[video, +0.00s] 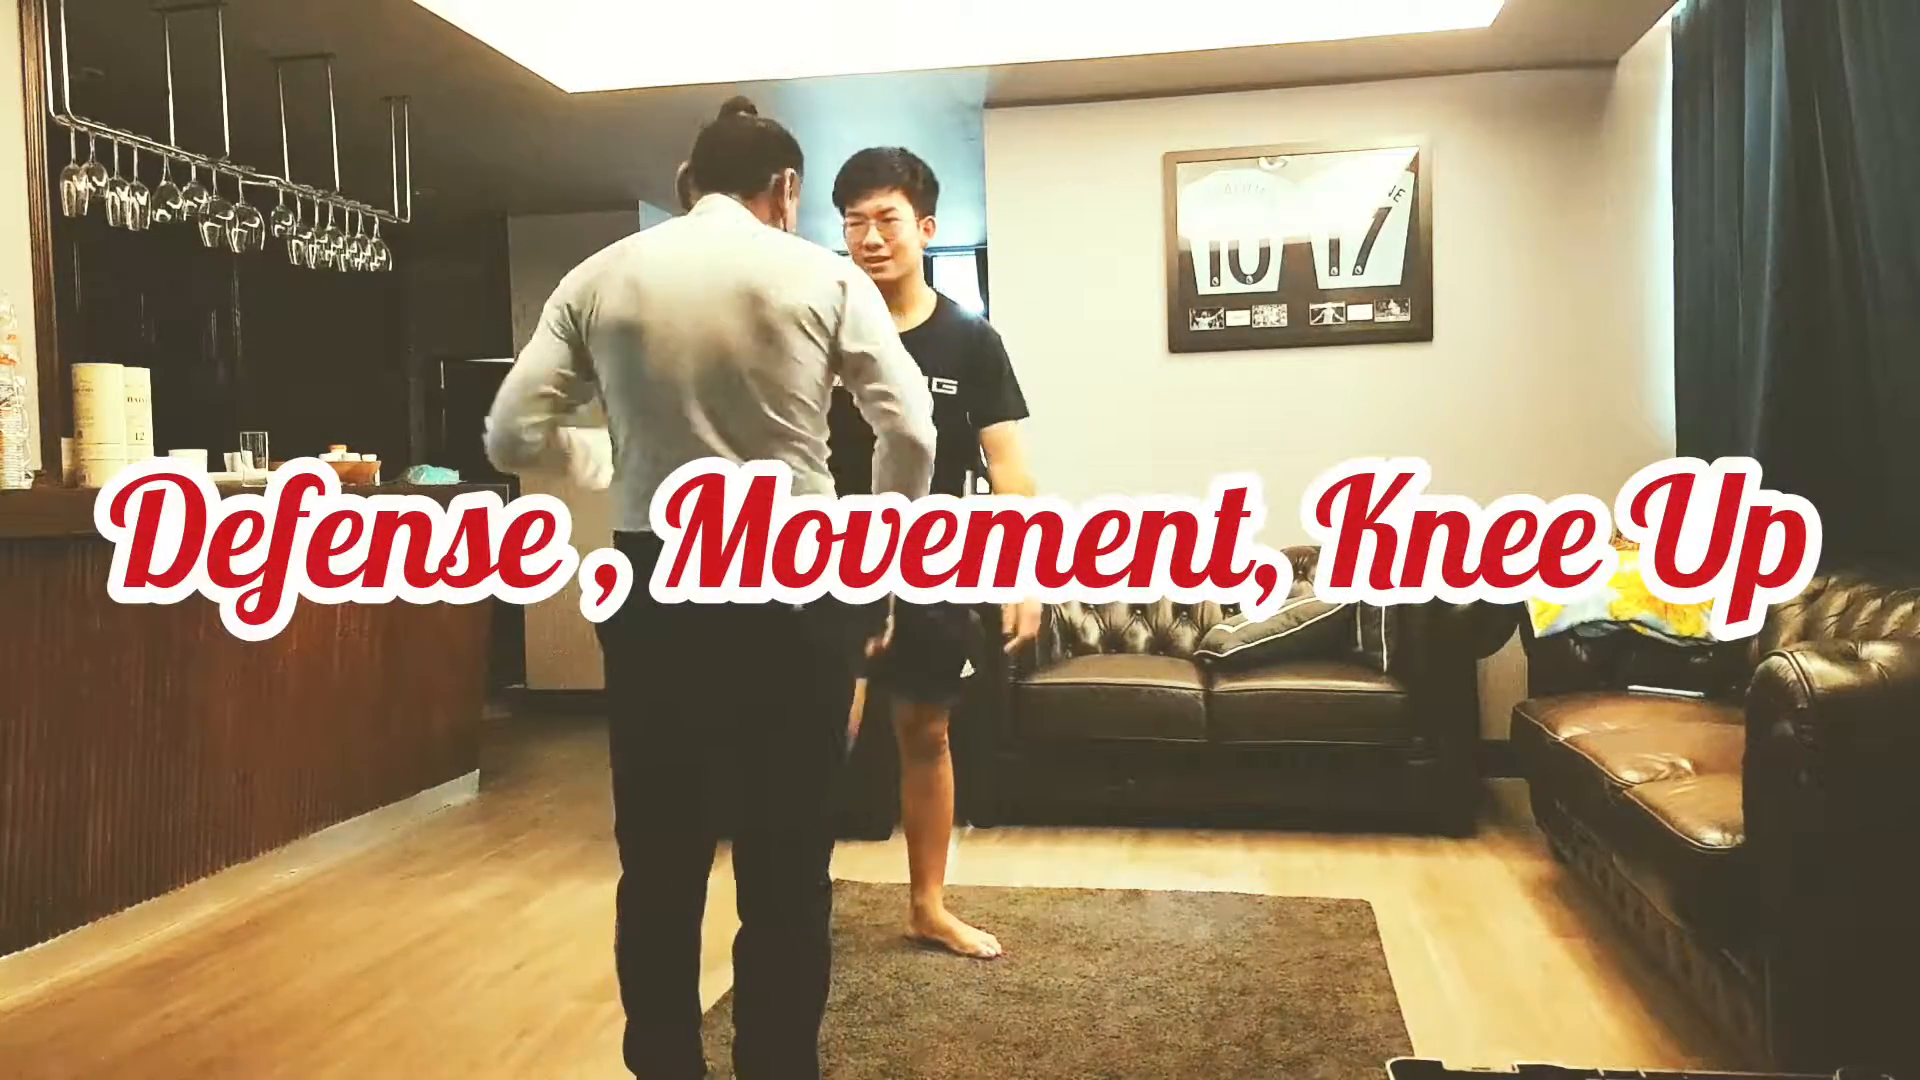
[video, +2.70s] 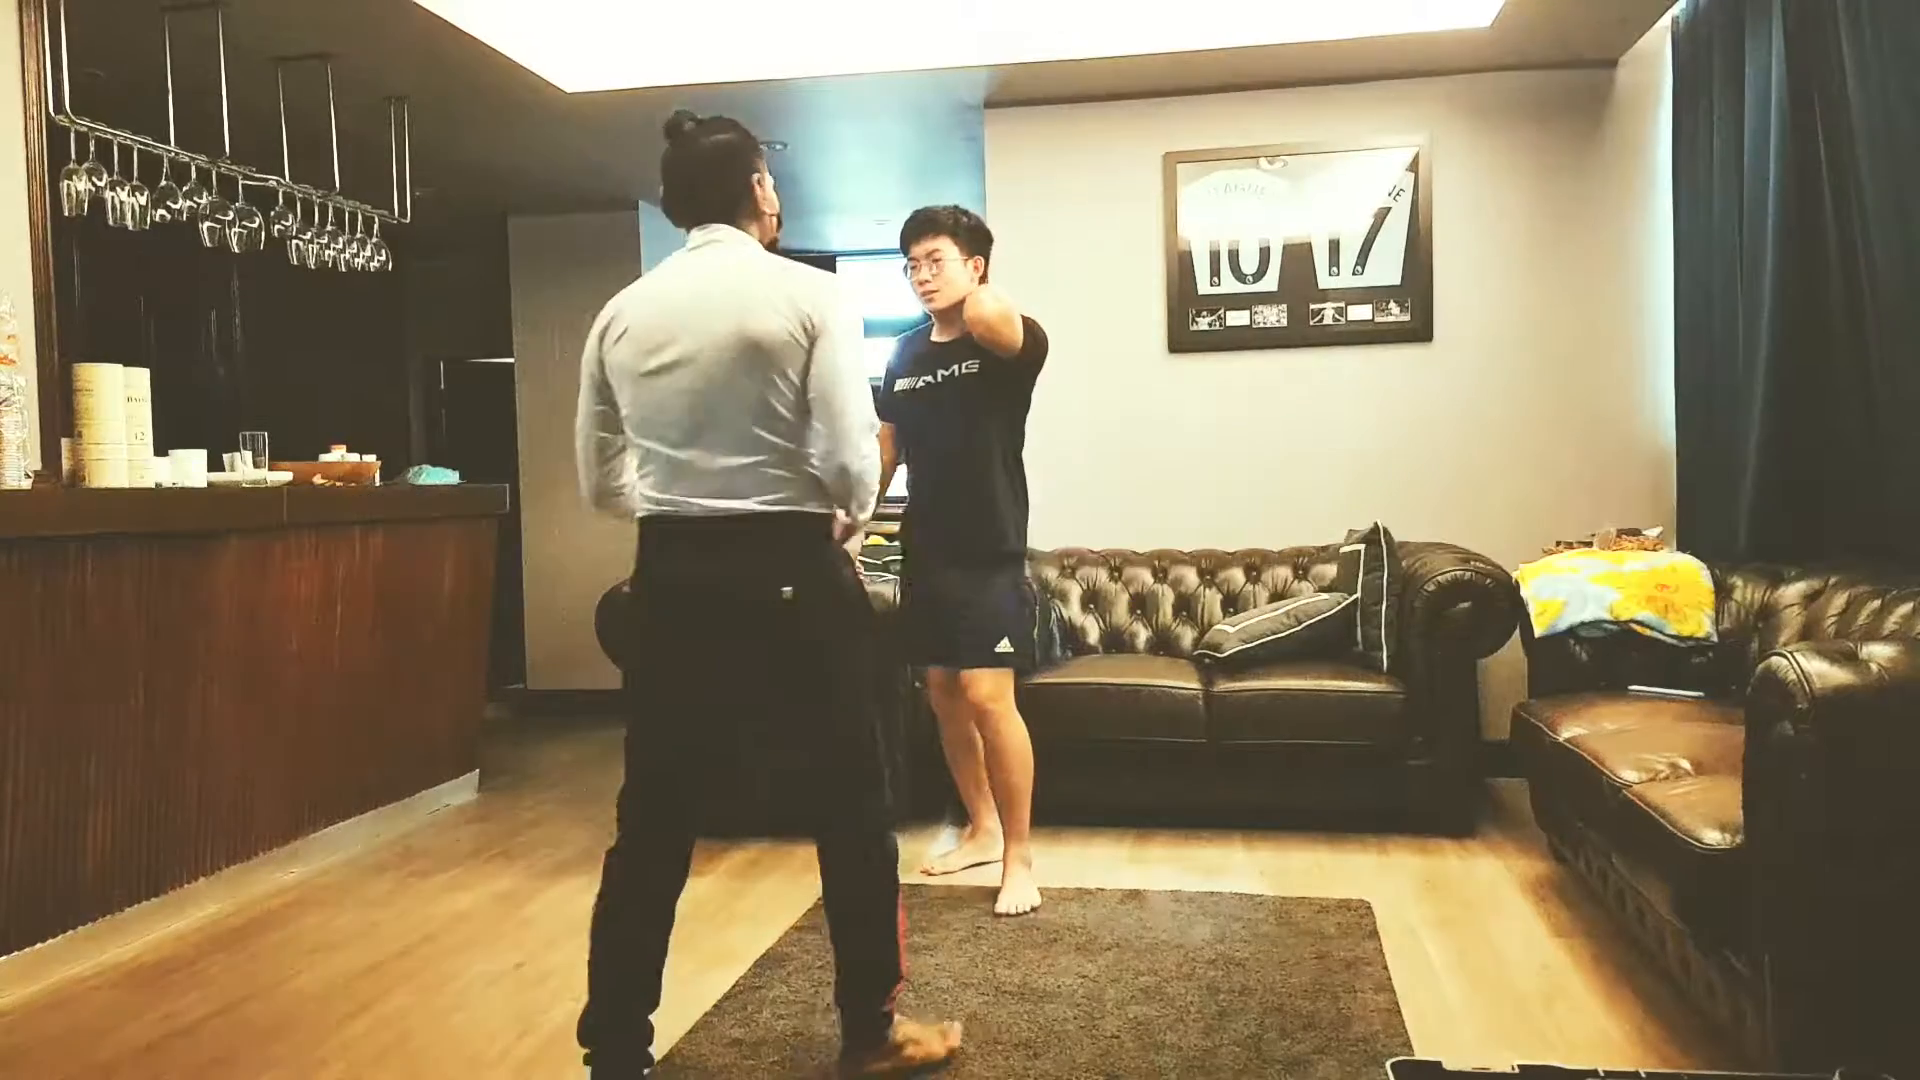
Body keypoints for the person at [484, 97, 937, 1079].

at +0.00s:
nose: (806, 213)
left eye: (802, 201)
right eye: (804, 199)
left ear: (684, 191)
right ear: (781, 190)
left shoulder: (598, 278)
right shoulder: (823, 276)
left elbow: (514, 432)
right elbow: (910, 425)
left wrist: (622, 456)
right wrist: (885, 570)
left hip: (653, 609)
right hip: (796, 609)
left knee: (657, 864)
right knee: (786, 873)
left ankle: (664, 1065)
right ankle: (778, 1064)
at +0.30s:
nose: (796, 222)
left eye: (791, 208)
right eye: (793, 209)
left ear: (687, 205)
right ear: (766, 201)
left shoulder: (602, 285)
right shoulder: (785, 248)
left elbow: (459, 372)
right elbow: (819, 293)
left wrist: (565, 492)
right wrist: (843, 453)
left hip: (634, 583)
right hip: (762, 586)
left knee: (660, 861)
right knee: (863, 824)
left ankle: (671, 1064)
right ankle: (761, 1060)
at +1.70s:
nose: (780, 172)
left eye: (776, 156)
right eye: (774, 156)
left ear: (664, 172)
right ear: (750, 163)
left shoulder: (590, 283)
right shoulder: (806, 262)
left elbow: (518, 454)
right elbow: (879, 437)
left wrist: (601, 534)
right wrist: (883, 568)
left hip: (651, 626)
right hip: (793, 621)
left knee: (628, 886)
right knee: (819, 876)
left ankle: (579, 1068)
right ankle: (829, 1061)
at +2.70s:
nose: (780, 194)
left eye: (773, 177)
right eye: (774, 178)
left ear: (674, 205)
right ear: (756, 190)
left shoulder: (620, 315)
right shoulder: (809, 294)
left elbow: (604, 482)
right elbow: (848, 465)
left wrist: (711, 496)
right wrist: (839, 512)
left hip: (671, 580)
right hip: (793, 575)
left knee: (651, 824)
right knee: (852, 805)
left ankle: (614, 1055)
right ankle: (872, 1025)